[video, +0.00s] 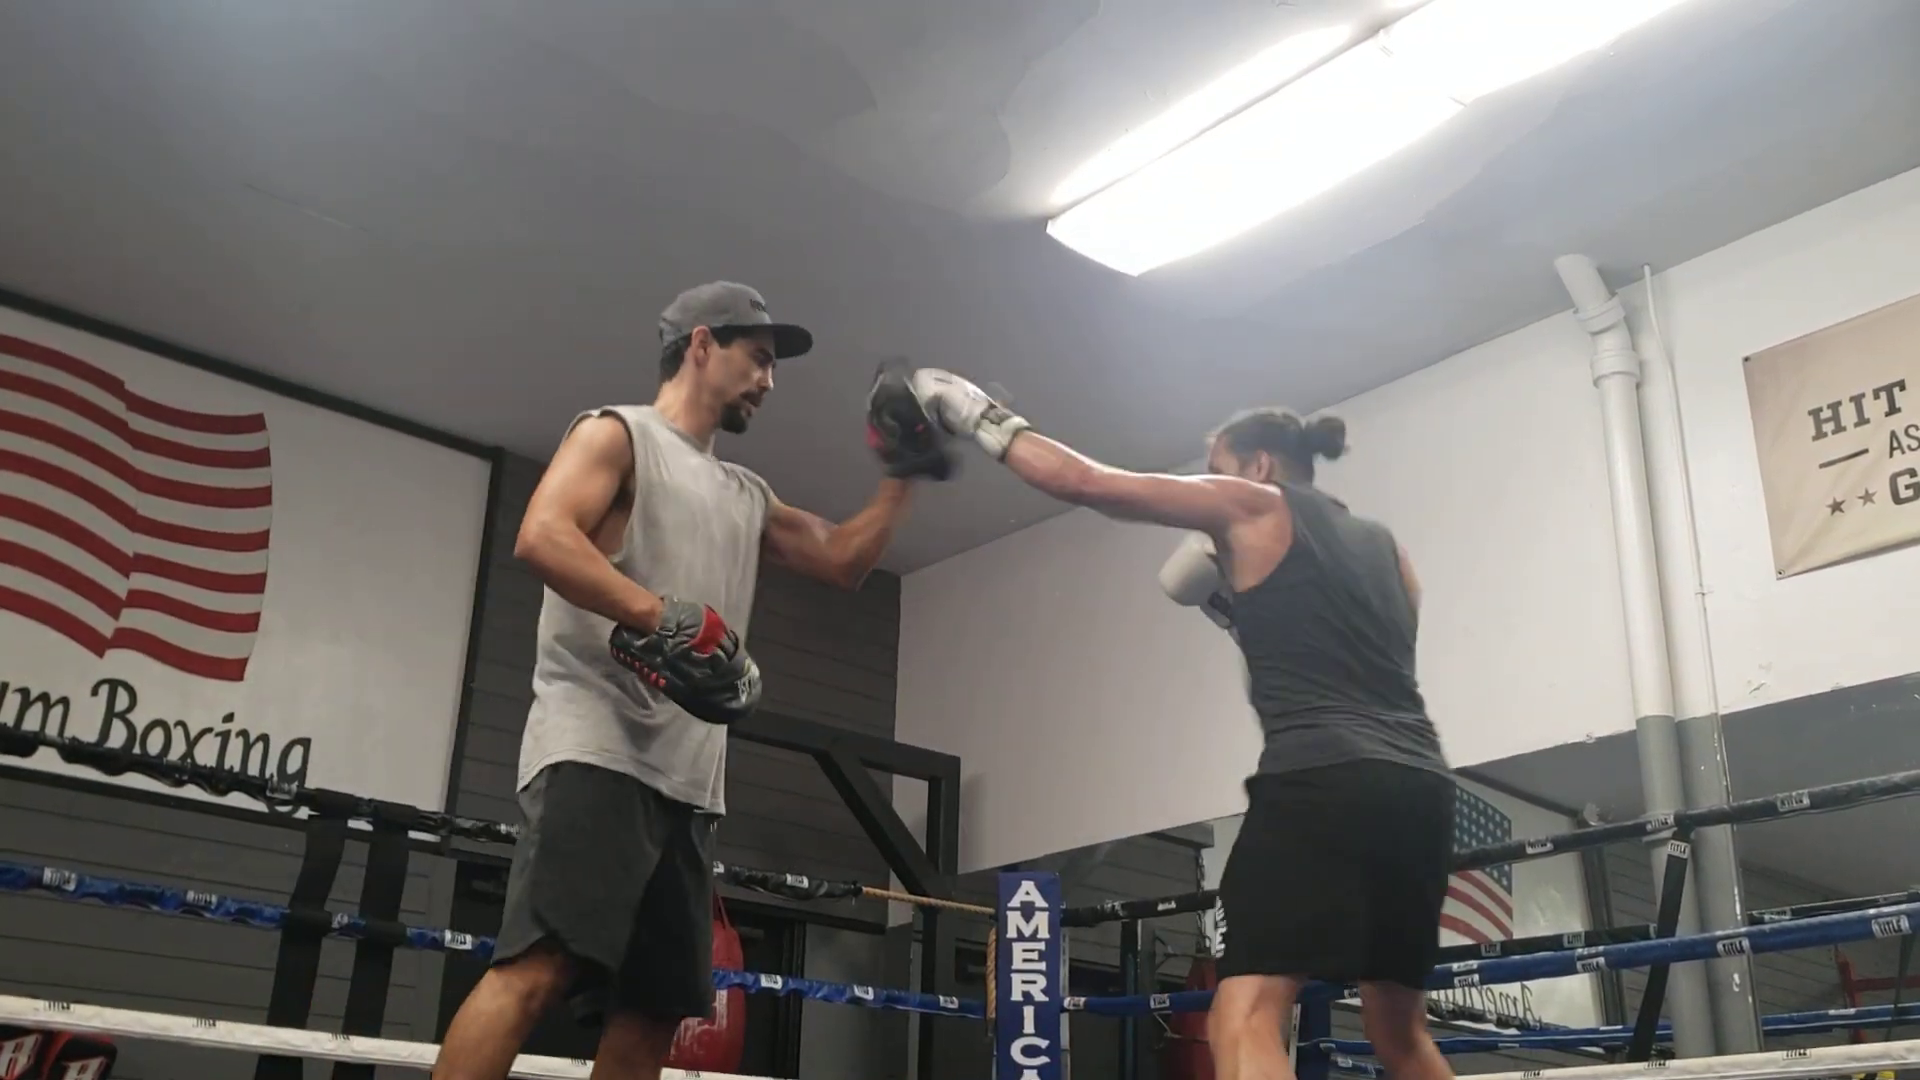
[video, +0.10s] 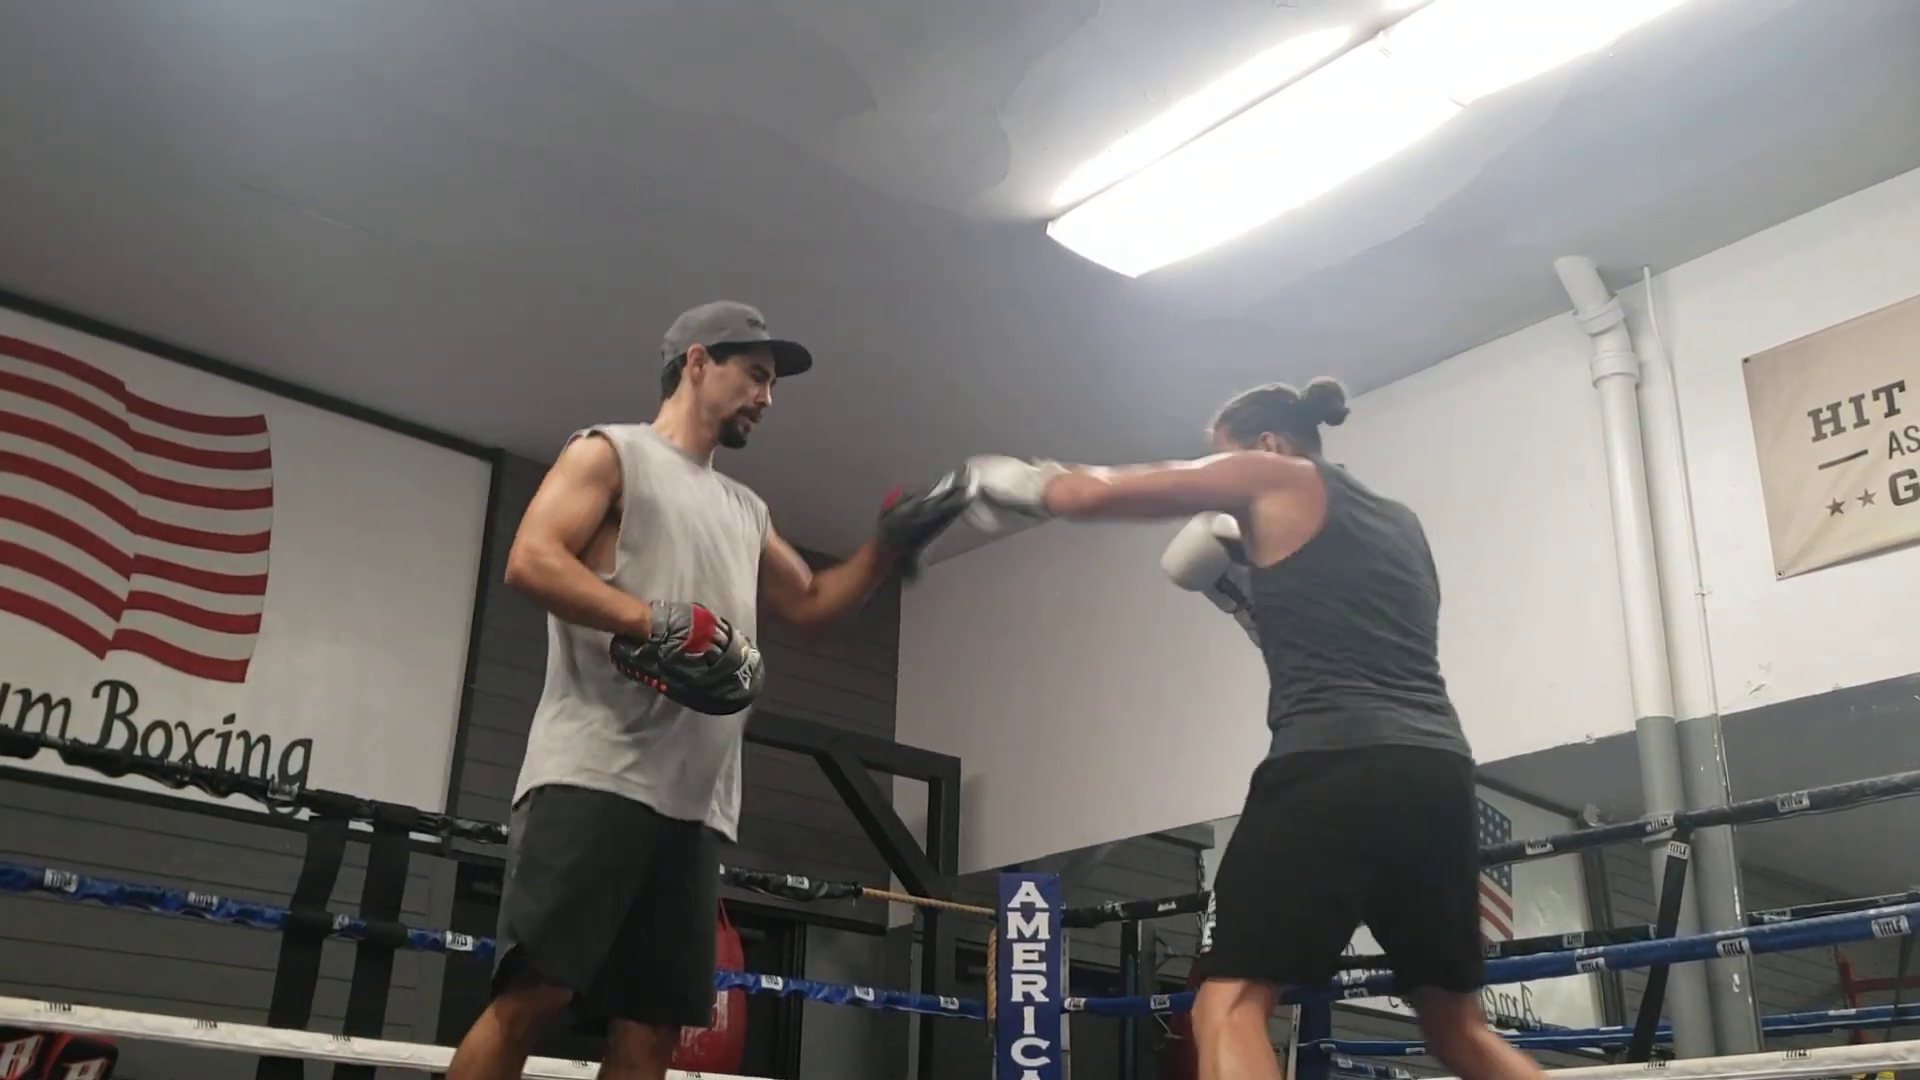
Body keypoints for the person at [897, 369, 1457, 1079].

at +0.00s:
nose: (1211, 486)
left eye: (1217, 471)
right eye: (1211, 472)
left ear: (1260, 465)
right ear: (1288, 465)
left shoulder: (1253, 503)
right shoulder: (1387, 545)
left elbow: (1084, 481)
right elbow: (1371, 650)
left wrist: (980, 415)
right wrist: (1229, 600)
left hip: (1319, 777)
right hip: (1422, 783)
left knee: (1248, 1019)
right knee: (1402, 1031)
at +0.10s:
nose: (1214, 470)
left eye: (1221, 452)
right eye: (1214, 454)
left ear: (1273, 442)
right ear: (1296, 440)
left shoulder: (1274, 478)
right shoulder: (1400, 521)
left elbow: (1085, 493)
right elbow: (1338, 637)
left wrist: (1014, 478)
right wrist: (1235, 587)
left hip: (1327, 769)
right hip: (1439, 773)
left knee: (1230, 1007)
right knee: (1457, 1023)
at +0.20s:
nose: (1242, 487)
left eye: (1242, 470)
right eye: (1238, 476)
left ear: (1287, 442)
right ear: (1302, 438)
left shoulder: (1306, 477)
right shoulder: (1427, 512)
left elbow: (1172, 561)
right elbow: (1344, 619)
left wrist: (1161, 517)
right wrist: (1250, 560)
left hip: (1354, 761)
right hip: (1469, 764)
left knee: (1240, 999)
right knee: (1546, 1032)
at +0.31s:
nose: (1293, 497)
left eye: (1291, 479)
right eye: (1285, 487)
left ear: (1327, 442)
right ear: (1352, 433)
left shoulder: (1364, 473)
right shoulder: (1478, 507)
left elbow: (1243, 586)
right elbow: (1392, 641)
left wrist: (1235, 522)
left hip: (1409, 764)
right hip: (1531, 764)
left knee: (1277, 1003)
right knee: (1628, 1030)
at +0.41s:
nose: (1362, 491)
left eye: (1358, 473)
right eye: (1351, 481)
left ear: (1385, 433)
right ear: (1414, 416)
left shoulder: (1437, 454)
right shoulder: (1547, 496)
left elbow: (1313, 568)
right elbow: (1454, 667)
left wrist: (1295, 505)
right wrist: (1380, 605)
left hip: (1471, 755)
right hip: (1595, 759)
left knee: (1329, 985)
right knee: (1674, 1032)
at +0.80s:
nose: (1432, 406)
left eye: (1426, 386)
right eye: (1424, 396)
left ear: (1453, 349)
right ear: (1489, 332)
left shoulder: (1507, 365)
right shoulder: (1628, 412)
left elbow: (1362, 489)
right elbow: (1520, 587)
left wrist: (1351, 416)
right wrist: (1441, 513)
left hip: (1548, 674)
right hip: (1673, 684)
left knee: (1421, 938)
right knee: (1720, 995)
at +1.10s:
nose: (1325, 388)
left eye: (1318, 369)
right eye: (1315, 377)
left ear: (1341, 324)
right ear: (1389, 297)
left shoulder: (1388, 343)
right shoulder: (1545, 348)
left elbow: (1301, 533)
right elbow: (1457, 504)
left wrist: (1263, 450)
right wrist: (1325, 473)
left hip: (1517, 647)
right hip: (1655, 638)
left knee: (1434, 950)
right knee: (1742, 948)